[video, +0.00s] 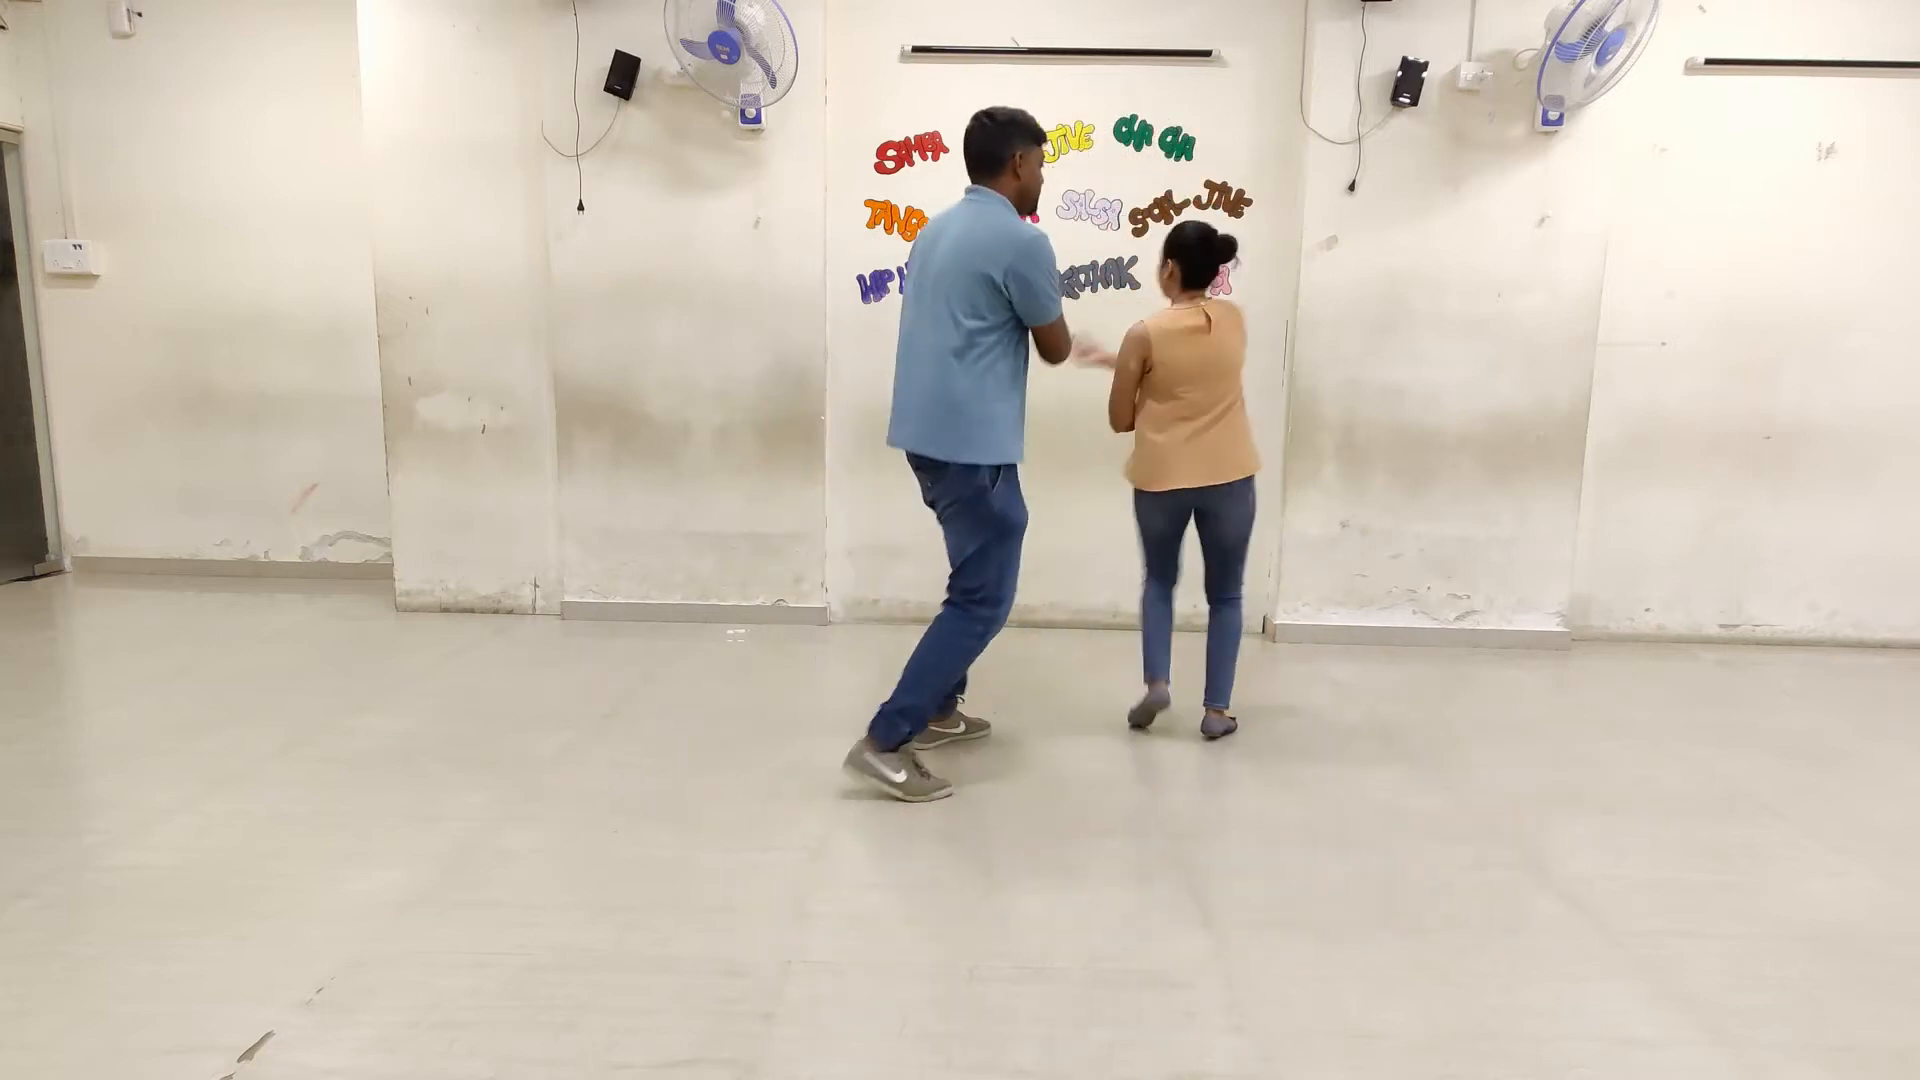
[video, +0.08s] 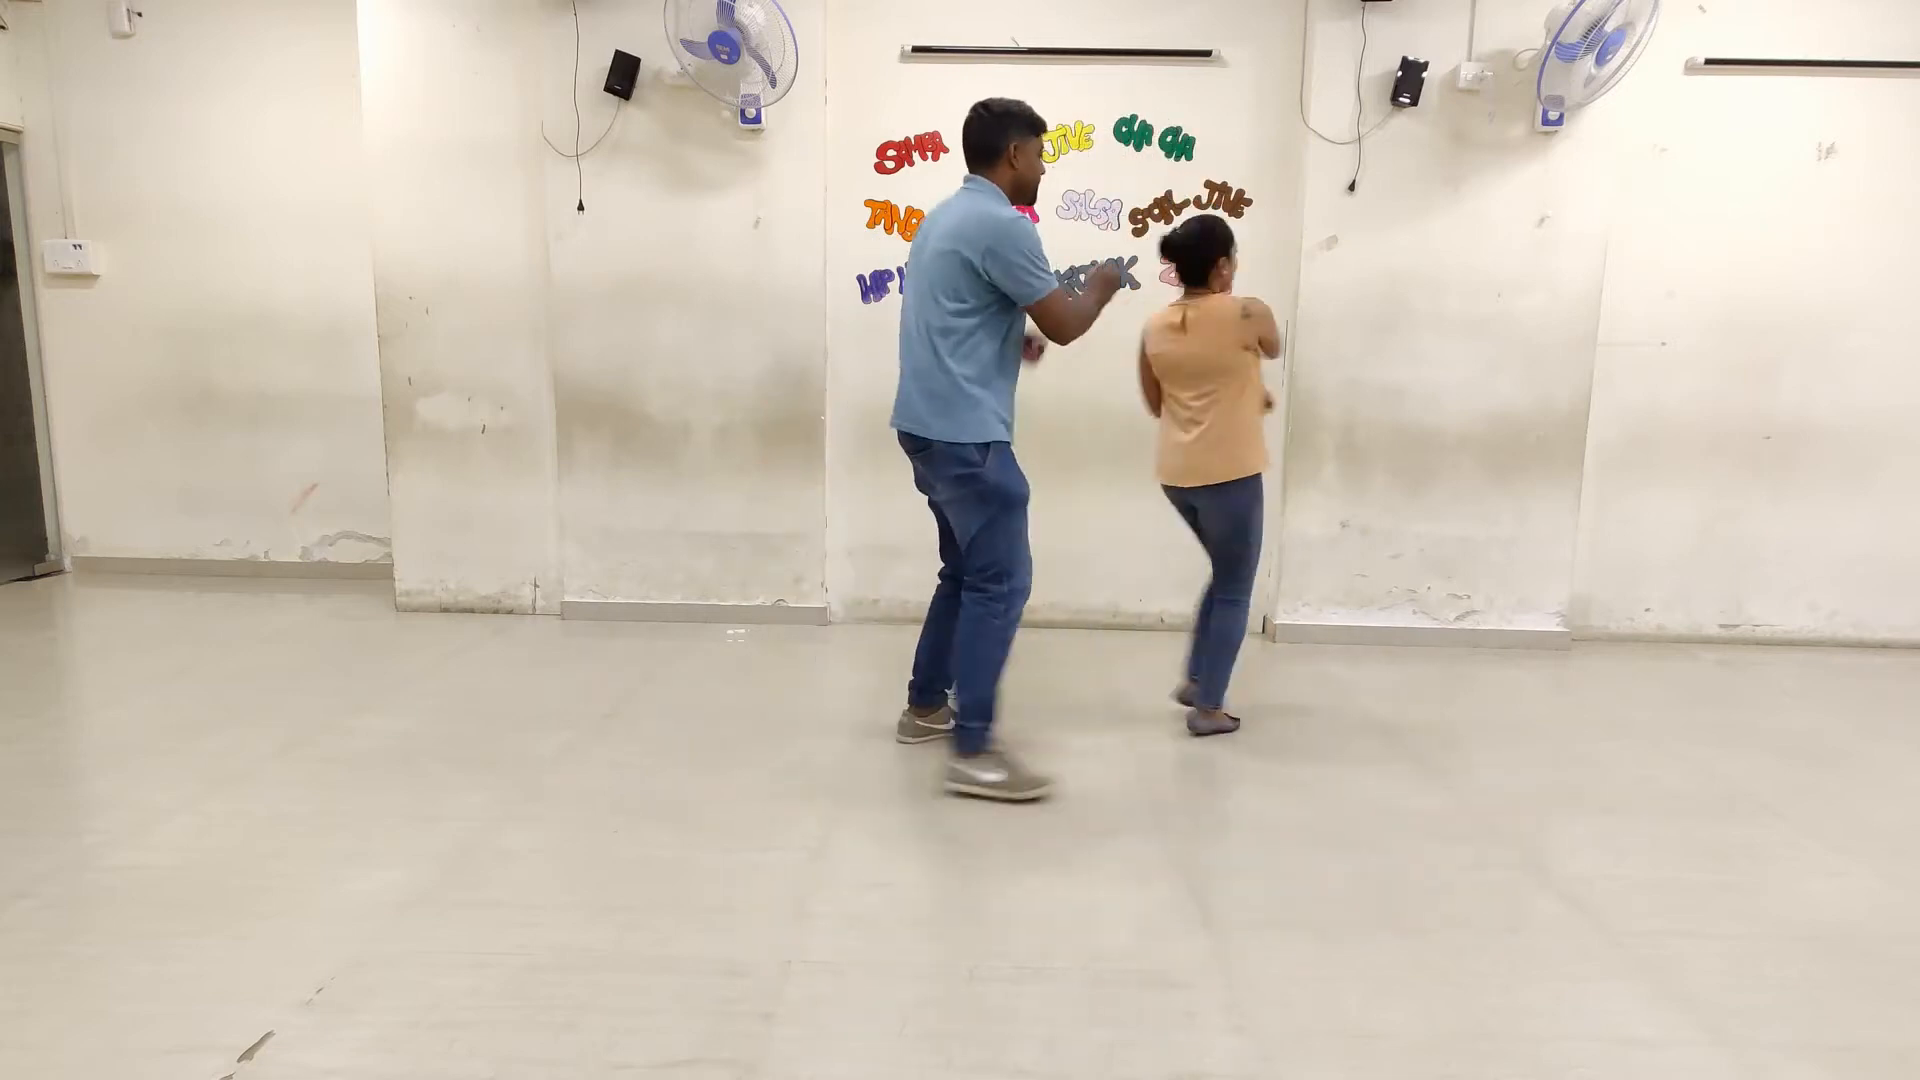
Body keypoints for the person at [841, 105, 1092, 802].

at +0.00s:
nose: (1044, 175)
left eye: (1042, 162)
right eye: (1039, 163)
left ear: (980, 167)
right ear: (1018, 165)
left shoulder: (938, 228)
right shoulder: (1020, 241)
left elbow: (966, 327)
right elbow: (1056, 349)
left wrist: (1070, 349)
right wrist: (1035, 306)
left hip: (923, 432)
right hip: (974, 443)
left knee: (974, 576)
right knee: (982, 600)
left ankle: (939, 708)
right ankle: (884, 743)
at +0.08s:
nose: (1044, 165)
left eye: (1043, 152)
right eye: (1039, 152)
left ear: (983, 154)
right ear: (1010, 154)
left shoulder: (946, 215)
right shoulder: (999, 225)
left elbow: (947, 317)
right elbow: (1067, 323)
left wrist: (1010, 337)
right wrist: (1099, 284)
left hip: (927, 423)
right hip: (968, 436)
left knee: (964, 571)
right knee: (1000, 583)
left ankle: (927, 704)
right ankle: (972, 749)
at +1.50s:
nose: (1054, 258)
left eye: (1059, 245)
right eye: (1054, 242)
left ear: (1018, 226)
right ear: (1025, 224)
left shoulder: (972, 266)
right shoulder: (971, 268)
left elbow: (925, 371)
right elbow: (975, 368)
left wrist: (964, 444)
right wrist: (1071, 405)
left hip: (920, 438)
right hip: (903, 438)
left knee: (991, 564)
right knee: (984, 574)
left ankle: (932, 696)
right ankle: (963, 744)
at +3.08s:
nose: (1054, 170)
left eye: (1051, 160)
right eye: (1042, 161)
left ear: (1013, 174)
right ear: (1005, 172)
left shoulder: (1001, 237)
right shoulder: (984, 234)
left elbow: (983, 337)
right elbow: (986, 339)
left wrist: (1032, 374)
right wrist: (1067, 407)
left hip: (968, 423)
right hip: (953, 425)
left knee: (1009, 567)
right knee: (1015, 567)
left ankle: (971, 706)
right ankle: (1057, 729)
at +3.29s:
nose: (1038, 169)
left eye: (1035, 160)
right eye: (1025, 161)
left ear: (1003, 176)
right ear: (986, 174)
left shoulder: (995, 244)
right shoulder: (966, 244)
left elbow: (985, 340)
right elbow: (994, 347)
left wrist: (1025, 372)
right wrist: (1088, 385)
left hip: (977, 431)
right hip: (942, 430)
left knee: (1023, 564)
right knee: (1000, 565)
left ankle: (974, 705)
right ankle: (984, 724)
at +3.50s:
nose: (988, 182)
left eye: (982, 172)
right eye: (972, 175)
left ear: (945, 193)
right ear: (937, 193)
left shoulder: (949, 255)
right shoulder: (935, 257)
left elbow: (975, 349)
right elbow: (1014, 344)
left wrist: (1012, 359)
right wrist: (1107, 376)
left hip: (960, 449)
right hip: (915, 454)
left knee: (1016, 567)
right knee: (939, 592)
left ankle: (975, 702)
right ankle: (842, 680)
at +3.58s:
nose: (965, 195)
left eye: (959, 185)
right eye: (951, 187)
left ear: (923, 206)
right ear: (917, 204)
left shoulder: (925, 266)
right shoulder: (912, 269)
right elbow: (1001, 348)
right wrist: (1100, 381)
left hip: (936, 460)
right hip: (887, 465)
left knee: (1010, 562)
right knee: (907, 604)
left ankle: (983, 703)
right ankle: (826, 692)